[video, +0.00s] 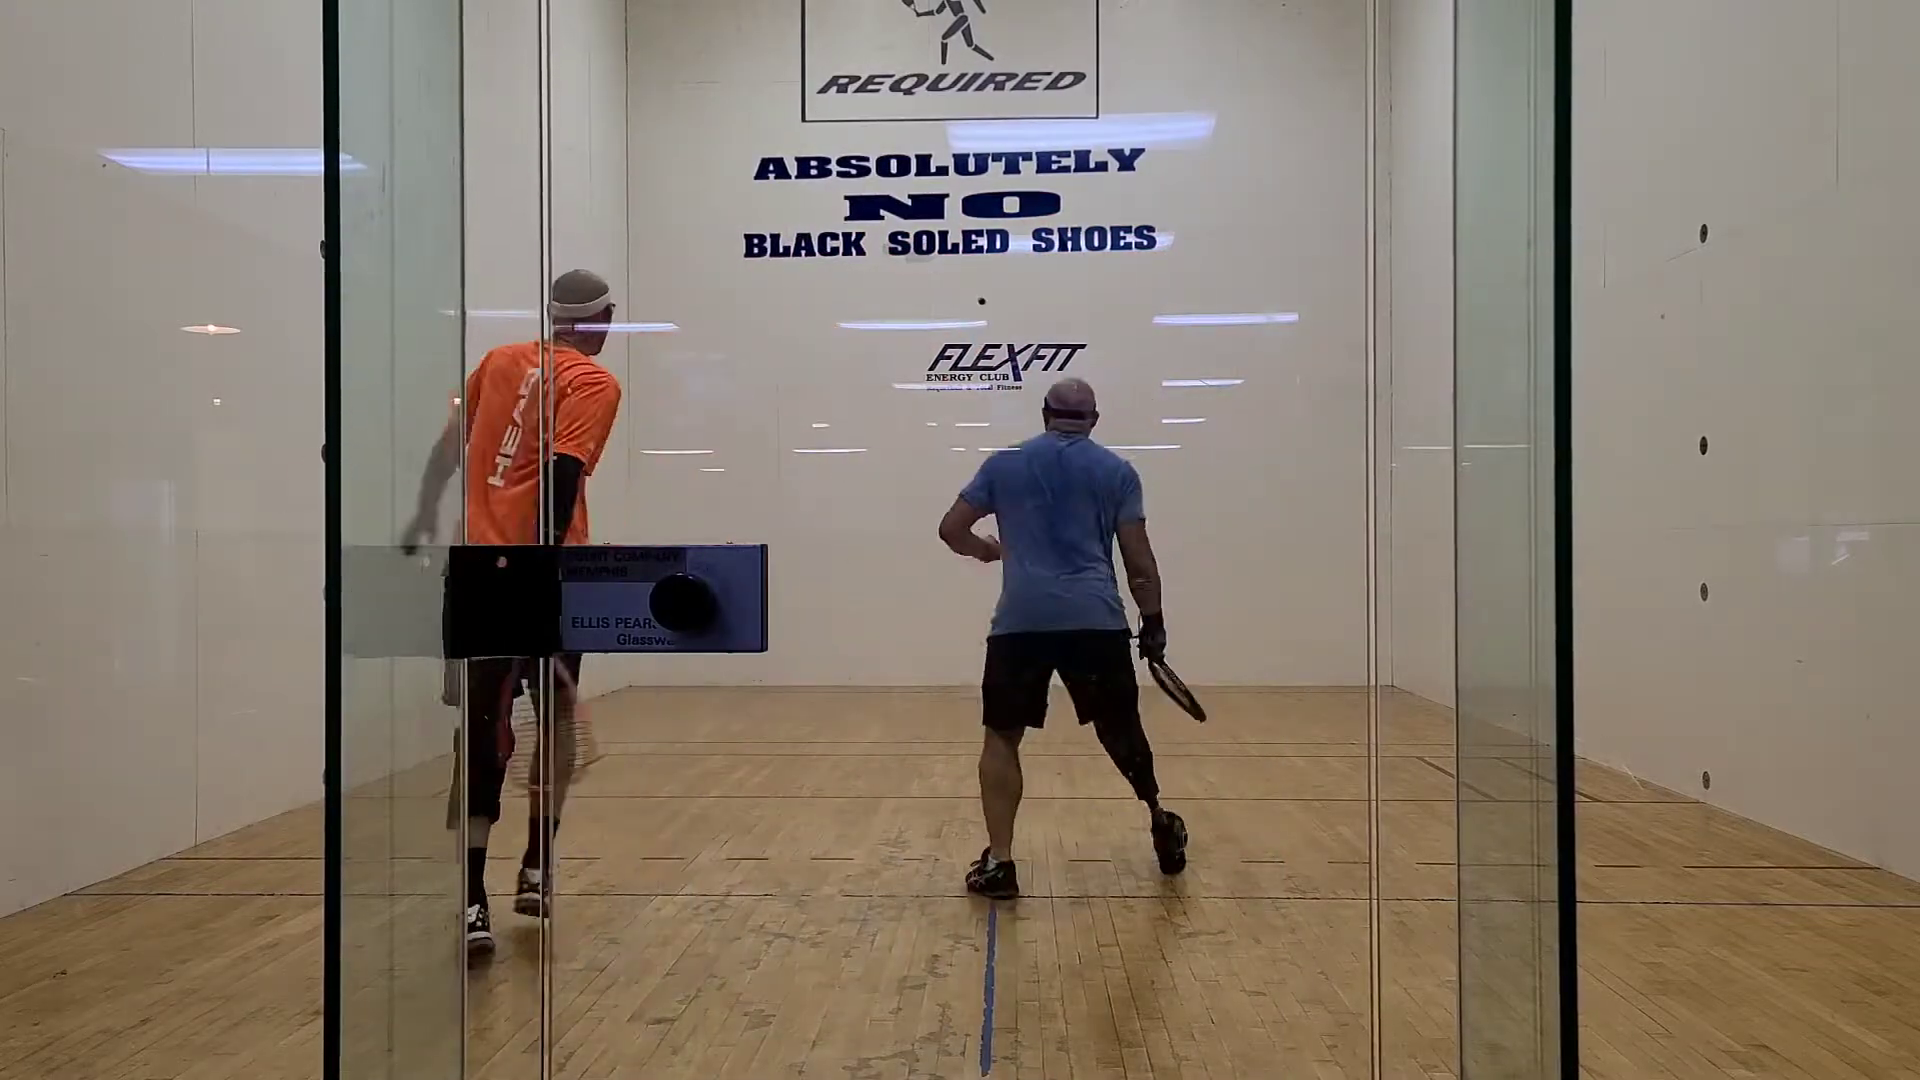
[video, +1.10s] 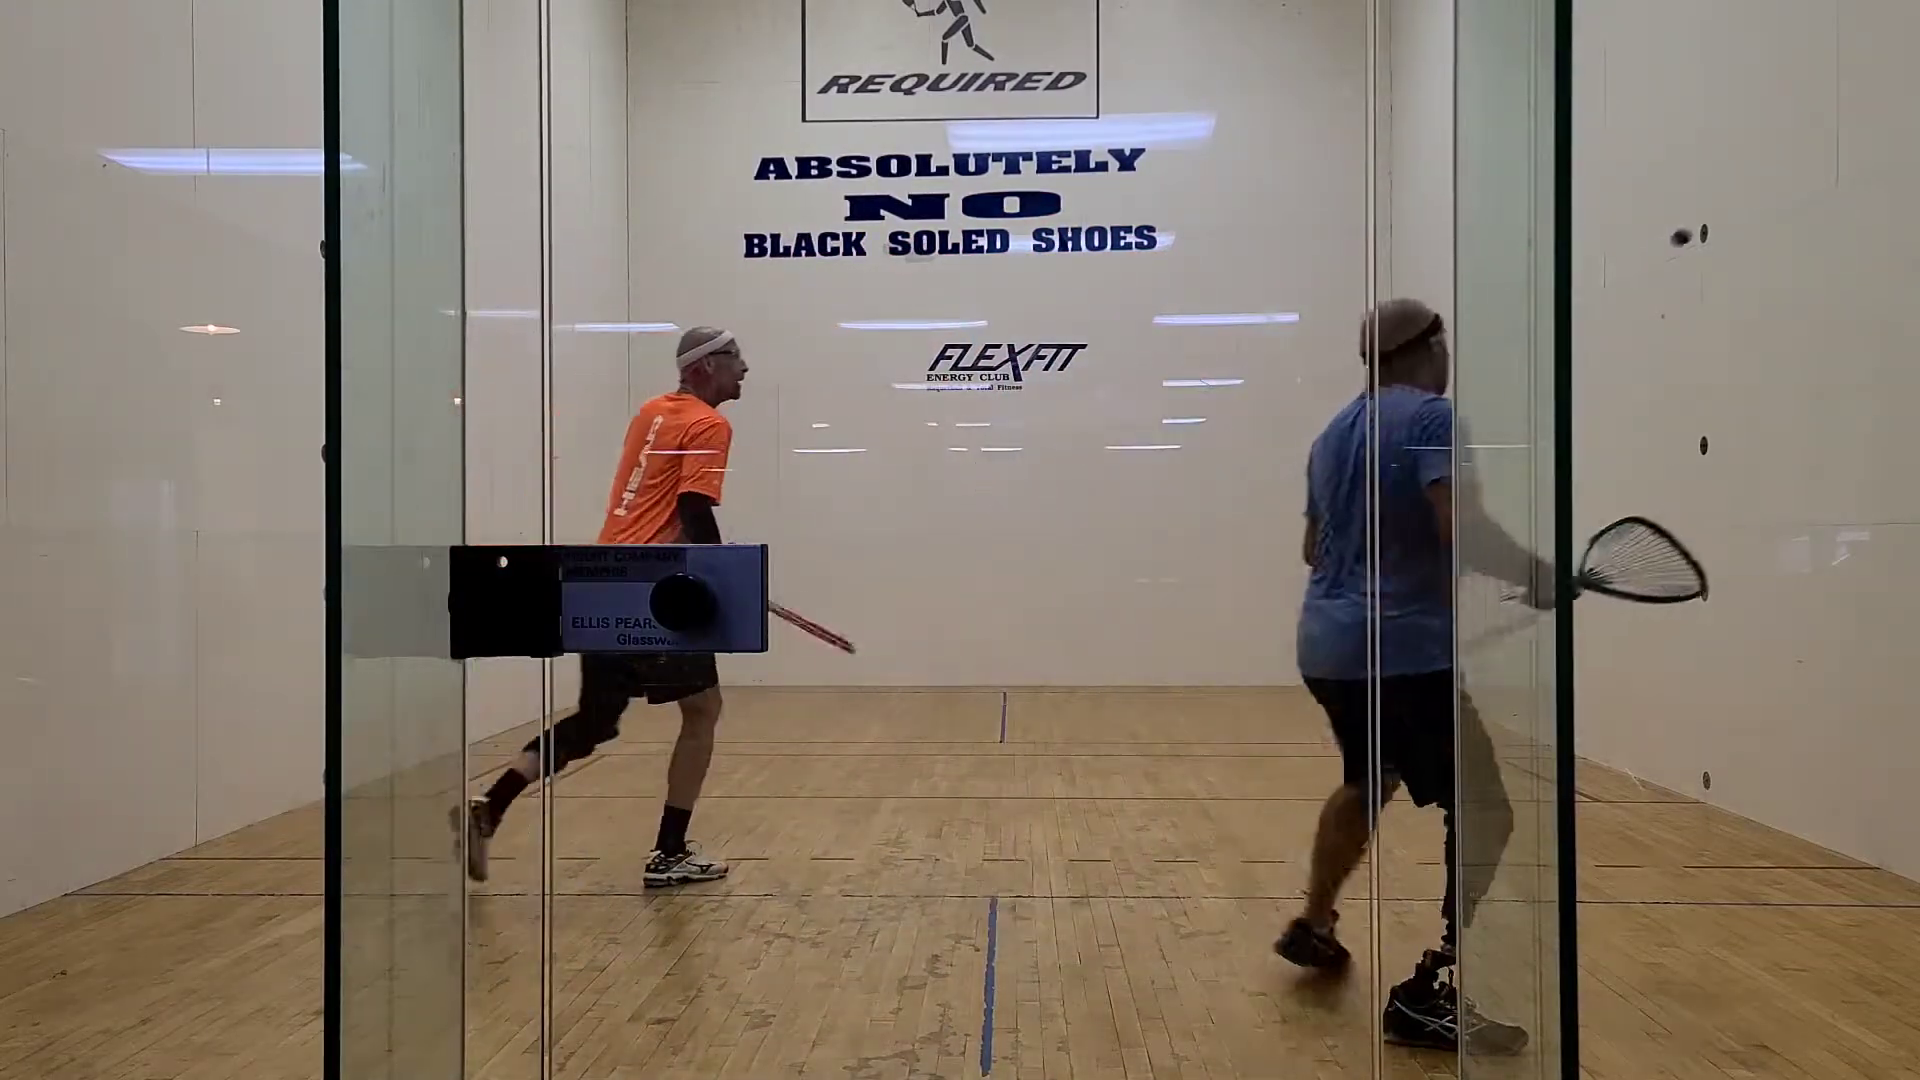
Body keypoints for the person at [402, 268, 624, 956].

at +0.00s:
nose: (606, 334)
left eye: (603, 322)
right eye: (606, 324)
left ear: (551, 315)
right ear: (599, 323)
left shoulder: (497, 362)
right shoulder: (595, 385)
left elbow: (447, 449)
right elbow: (561, 475)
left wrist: (422, 517)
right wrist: (551, 568)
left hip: (475, 568)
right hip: (544, 575)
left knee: (483, 730)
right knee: (560, 725)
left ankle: (473, 900)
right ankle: (537, 869)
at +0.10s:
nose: (592, 329)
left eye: (588, 317)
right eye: (592, 319)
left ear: (536, 313)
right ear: (583, 320)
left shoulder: (492, 360)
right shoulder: (585, 387)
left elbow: (473, 453)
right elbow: (567, 487)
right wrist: (587, 582)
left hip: (466, 568)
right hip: (534, 575)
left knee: (473, 725)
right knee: (530, 728)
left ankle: (470, 890)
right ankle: (510, 877)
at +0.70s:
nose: (598, 376)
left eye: (597, 365)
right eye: (595, 365)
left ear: (542, 368)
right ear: (573, 368)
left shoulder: (491, 416)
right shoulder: (584, 427)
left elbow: (459, 496)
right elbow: (572, 520)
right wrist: (599, 596)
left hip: (475, 595)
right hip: (540, 599)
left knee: (463, 731)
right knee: (597, 704)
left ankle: (402, 869)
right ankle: (550, 837)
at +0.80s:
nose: (632, 370)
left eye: (630, 361)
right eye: (626, 361)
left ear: (579, 369)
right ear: (603, 367)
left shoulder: (526, 412)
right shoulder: (610, 424)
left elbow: (496, 475)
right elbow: (594, 511)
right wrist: (621, 589)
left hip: (488, 587)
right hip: (553, 592)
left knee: (473, 725)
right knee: (627, 696)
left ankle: (404, 866)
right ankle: (610, 842)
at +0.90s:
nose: (671, 376)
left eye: (669, 366)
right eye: (664, 366)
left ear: (619, 375)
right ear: (636, 373)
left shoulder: (570, 415)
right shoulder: (643, 426)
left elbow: (545, 506)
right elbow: (626, 514)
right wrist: (658, 595)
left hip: (517, 582)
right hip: (581, 586)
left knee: (489, 726)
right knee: (652, 700)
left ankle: (409, 858)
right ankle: (663, 848)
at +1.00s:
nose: (713, 377)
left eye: (709, 367)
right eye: (705, 368)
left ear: (661, 378)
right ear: (674, 376)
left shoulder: (614, 418)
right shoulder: (679, 431)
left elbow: (593, 510)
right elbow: (661, 521)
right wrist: (696, 596)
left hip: (567, 591)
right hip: (624, 597)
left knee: (526, 723)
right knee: (683, 710)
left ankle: (429, 839)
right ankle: (669, 853)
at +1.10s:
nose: (744, 372)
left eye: (742, 363)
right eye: (737, 363)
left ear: (693, 370)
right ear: (706, 368)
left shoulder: (649, 412)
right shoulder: (708, 422)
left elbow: (631, 501)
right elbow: (694, 510)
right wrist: (726, 586)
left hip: (601, 589)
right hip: (656, 592)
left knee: (595, 721)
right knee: (703, 707)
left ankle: (487, 809)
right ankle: (670, 853)